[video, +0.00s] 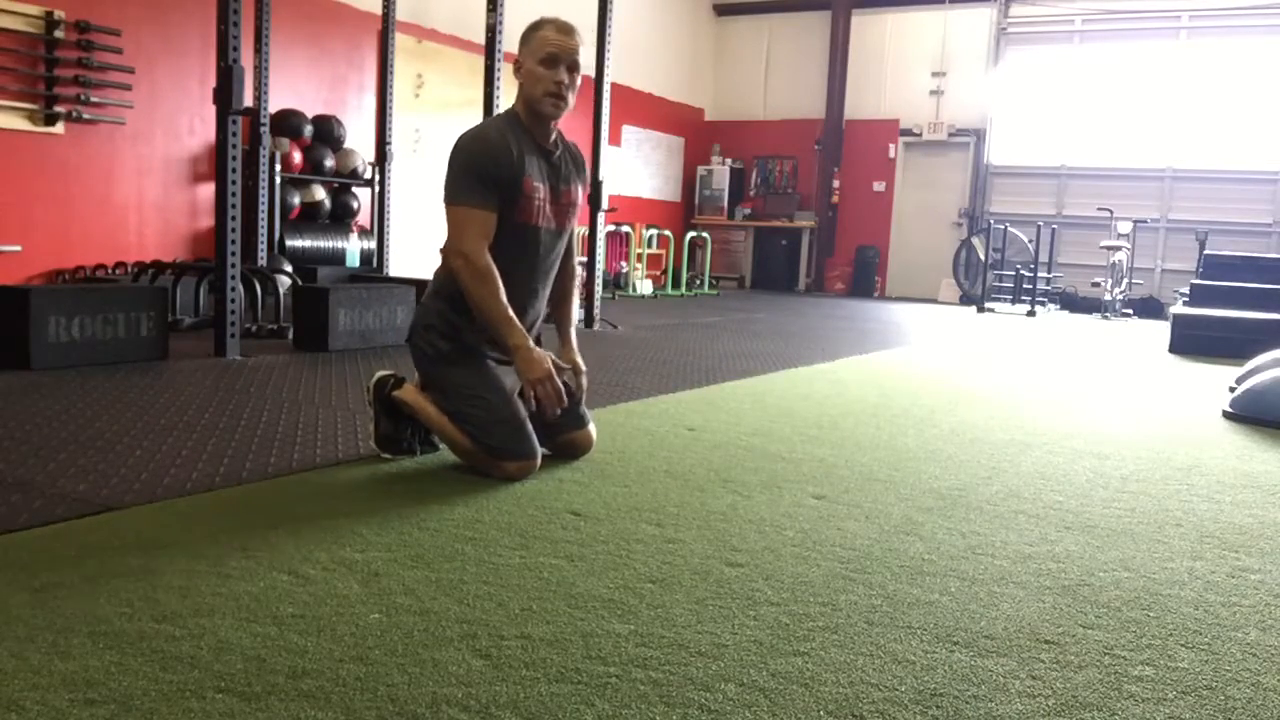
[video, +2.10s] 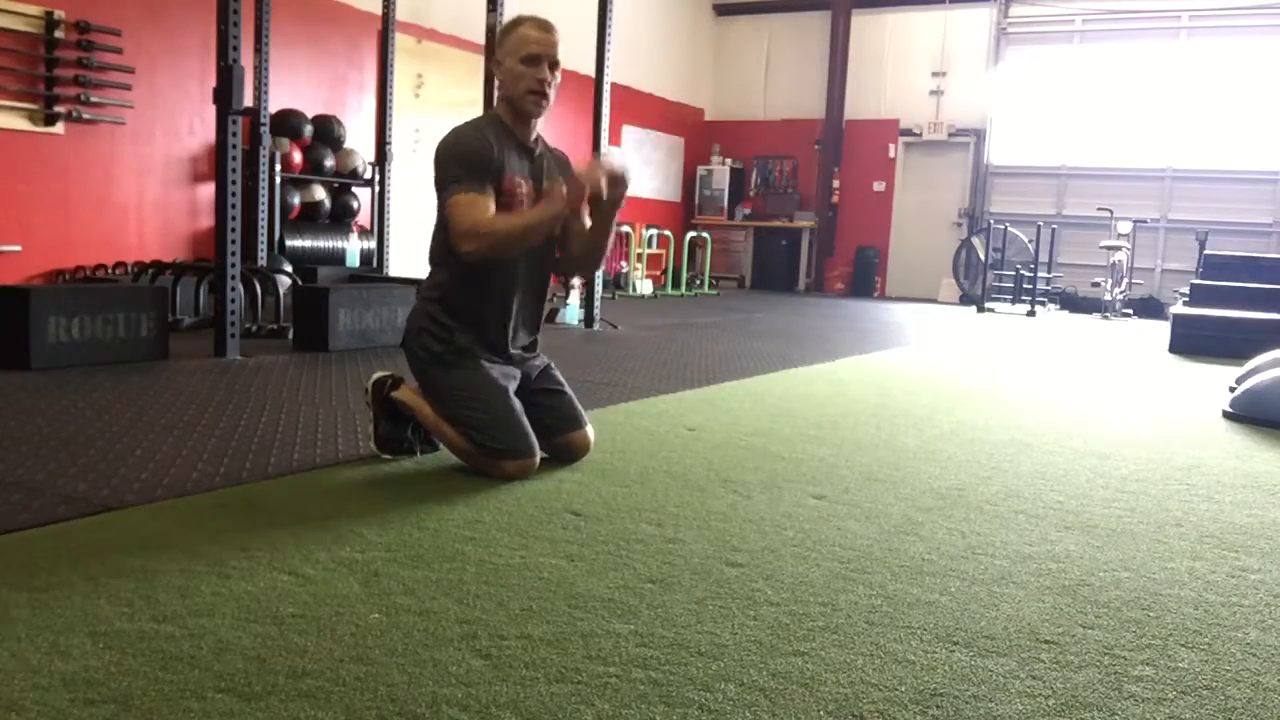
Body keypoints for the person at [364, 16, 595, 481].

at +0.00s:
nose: (562, 78)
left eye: (572, 68)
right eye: (549, 63)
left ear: (579, 80)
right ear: (518, 68)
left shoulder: (573, 162)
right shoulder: (485, 145)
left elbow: (565, 258)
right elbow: (466, 255)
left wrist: (568, 342)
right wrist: (525, 349)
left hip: (518, 336)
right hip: (455, 337)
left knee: (574, 440)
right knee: (515, 463)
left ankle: (448, 407)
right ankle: (401, 396)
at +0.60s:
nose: (531, 79)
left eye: (536, 68)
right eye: (517, 64)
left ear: (540, 77)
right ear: (478, 71)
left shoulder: (537, 163)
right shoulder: (454, 151)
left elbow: (545, 257)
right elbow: (452, 253)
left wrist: (569, 343)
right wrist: (539, 302)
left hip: (506, 345)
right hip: (446, 347)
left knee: (574, 440)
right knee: (514, 462)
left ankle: (444, 411)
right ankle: (399, 400)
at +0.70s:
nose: (529, 79)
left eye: (532, 68)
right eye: (515, 65)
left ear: (535, 75)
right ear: (474, 71)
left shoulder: (531, 162)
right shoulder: (451, 150)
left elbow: (541, 261)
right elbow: (464, 253)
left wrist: (575, 337)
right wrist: (562, 252)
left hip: (507, 346)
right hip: (446, 349)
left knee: (575, 440)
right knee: (514, 463)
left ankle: (447, 406)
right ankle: (399, 399)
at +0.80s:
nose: (528, 78)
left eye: (531, 66)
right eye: (513, 65)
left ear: (534, 73)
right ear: (472, 71)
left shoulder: (528, 162)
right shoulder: (450, 150)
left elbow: (540, 252)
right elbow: (481, 246)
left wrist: (583, 304)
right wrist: (568, 198)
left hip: (508, 347)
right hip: (447, 349)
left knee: (573, 439)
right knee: (514, 463)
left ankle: (443, 410)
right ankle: (398, 399)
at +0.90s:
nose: (530, 80)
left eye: (532, 68)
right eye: (517, 66)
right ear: (474, 73)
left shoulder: (528, 161)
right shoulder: (452, 149)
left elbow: (546, 256)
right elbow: (490, 239)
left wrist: (594, 242)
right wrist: (553, 172)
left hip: (509, 347)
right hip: (447, 350)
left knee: (574, 439)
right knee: (514, 462)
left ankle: (442, 409)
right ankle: (400, 400)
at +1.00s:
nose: (531, 78)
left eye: (534, 66)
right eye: (518, 65)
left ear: (537, 73)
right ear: (475, 71)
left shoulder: (521, 155)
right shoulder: (450, 147)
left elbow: (565, 253)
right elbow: (495, 234)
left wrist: (590, 184)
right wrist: (540, 158)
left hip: (508, 346)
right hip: (447, 348)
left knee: (573, 439)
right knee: (514, 462)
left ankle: (443, 411)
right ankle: (398, 400)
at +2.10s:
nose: (543, 76)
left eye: (552, 66)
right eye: (529, 61)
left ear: (558, 77)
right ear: (497, 69)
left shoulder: (557, 164)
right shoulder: (468, 144)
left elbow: (578, 263)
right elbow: (471, 238)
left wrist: (607, 210)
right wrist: (564, 202)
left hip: (517, 341)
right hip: (453, 343)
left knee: (573, 443)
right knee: (515, 463)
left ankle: (449, 406)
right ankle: (402, 398)